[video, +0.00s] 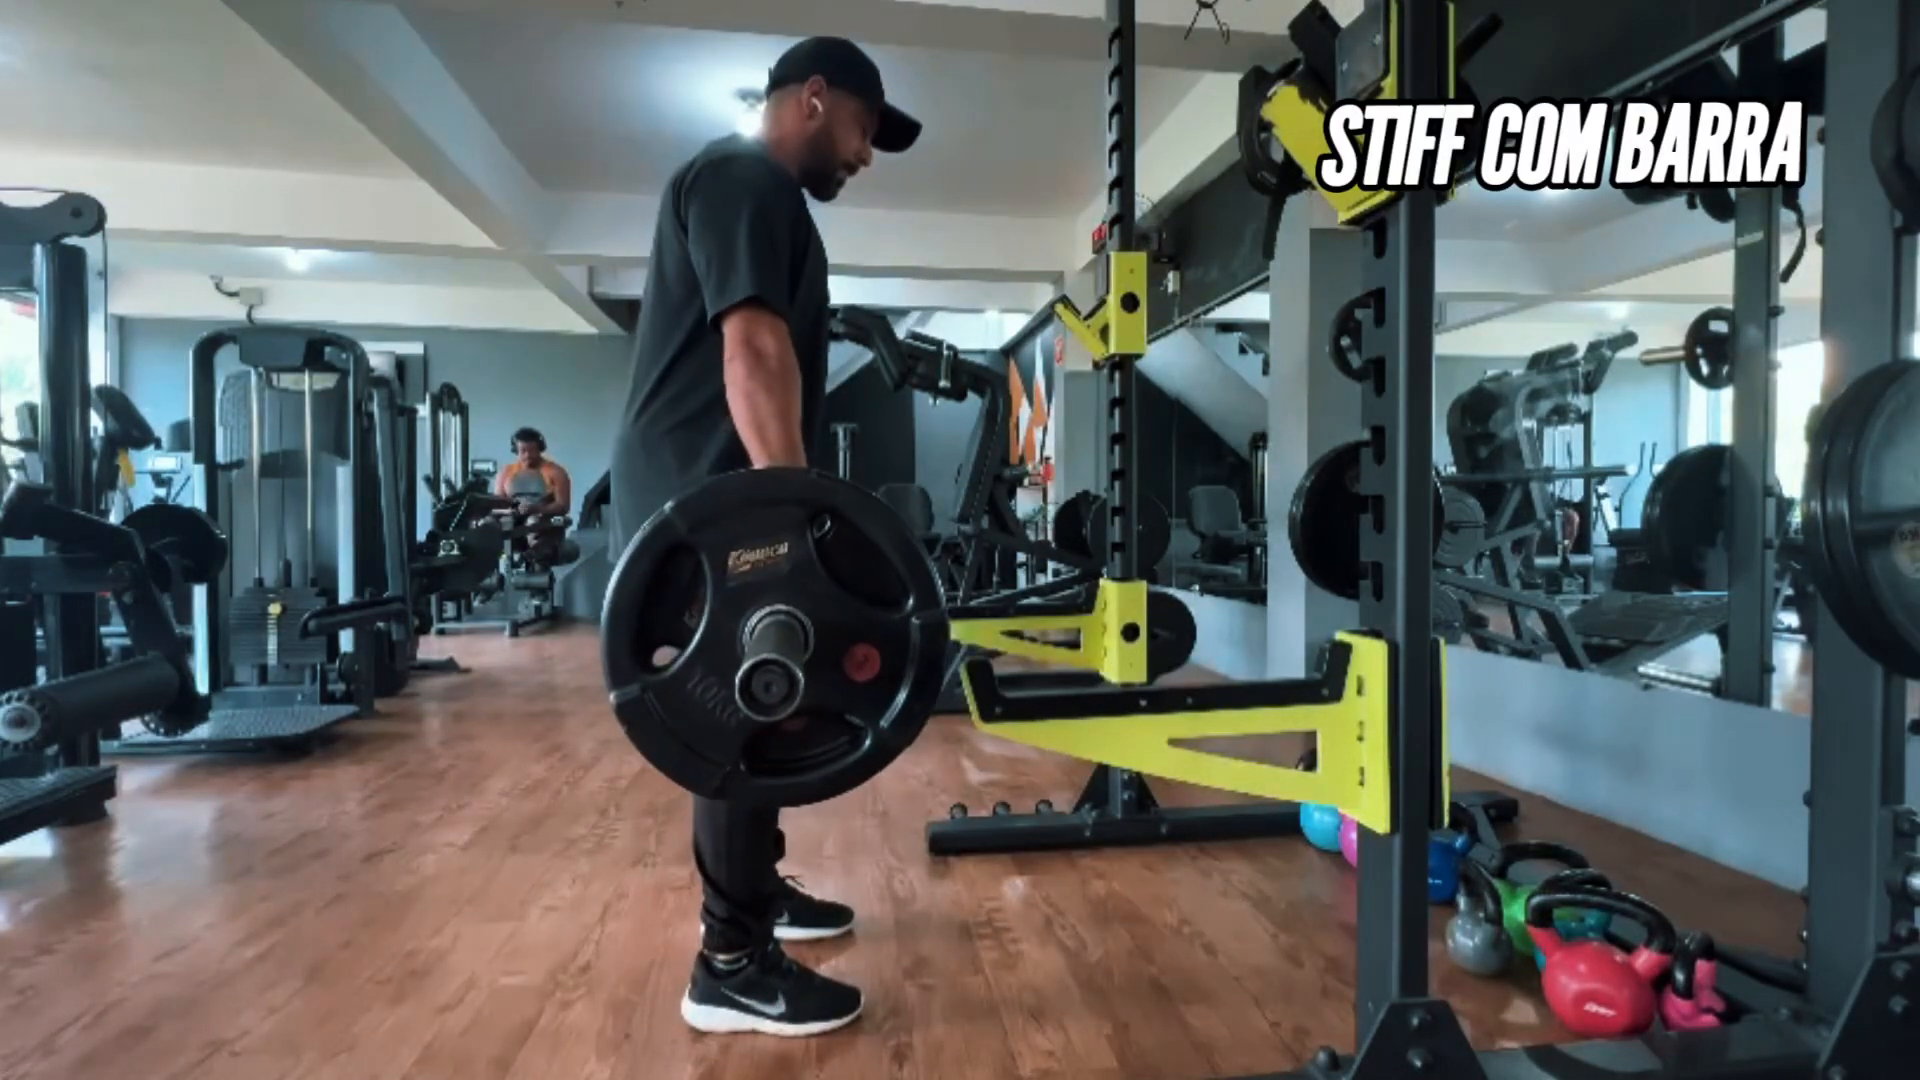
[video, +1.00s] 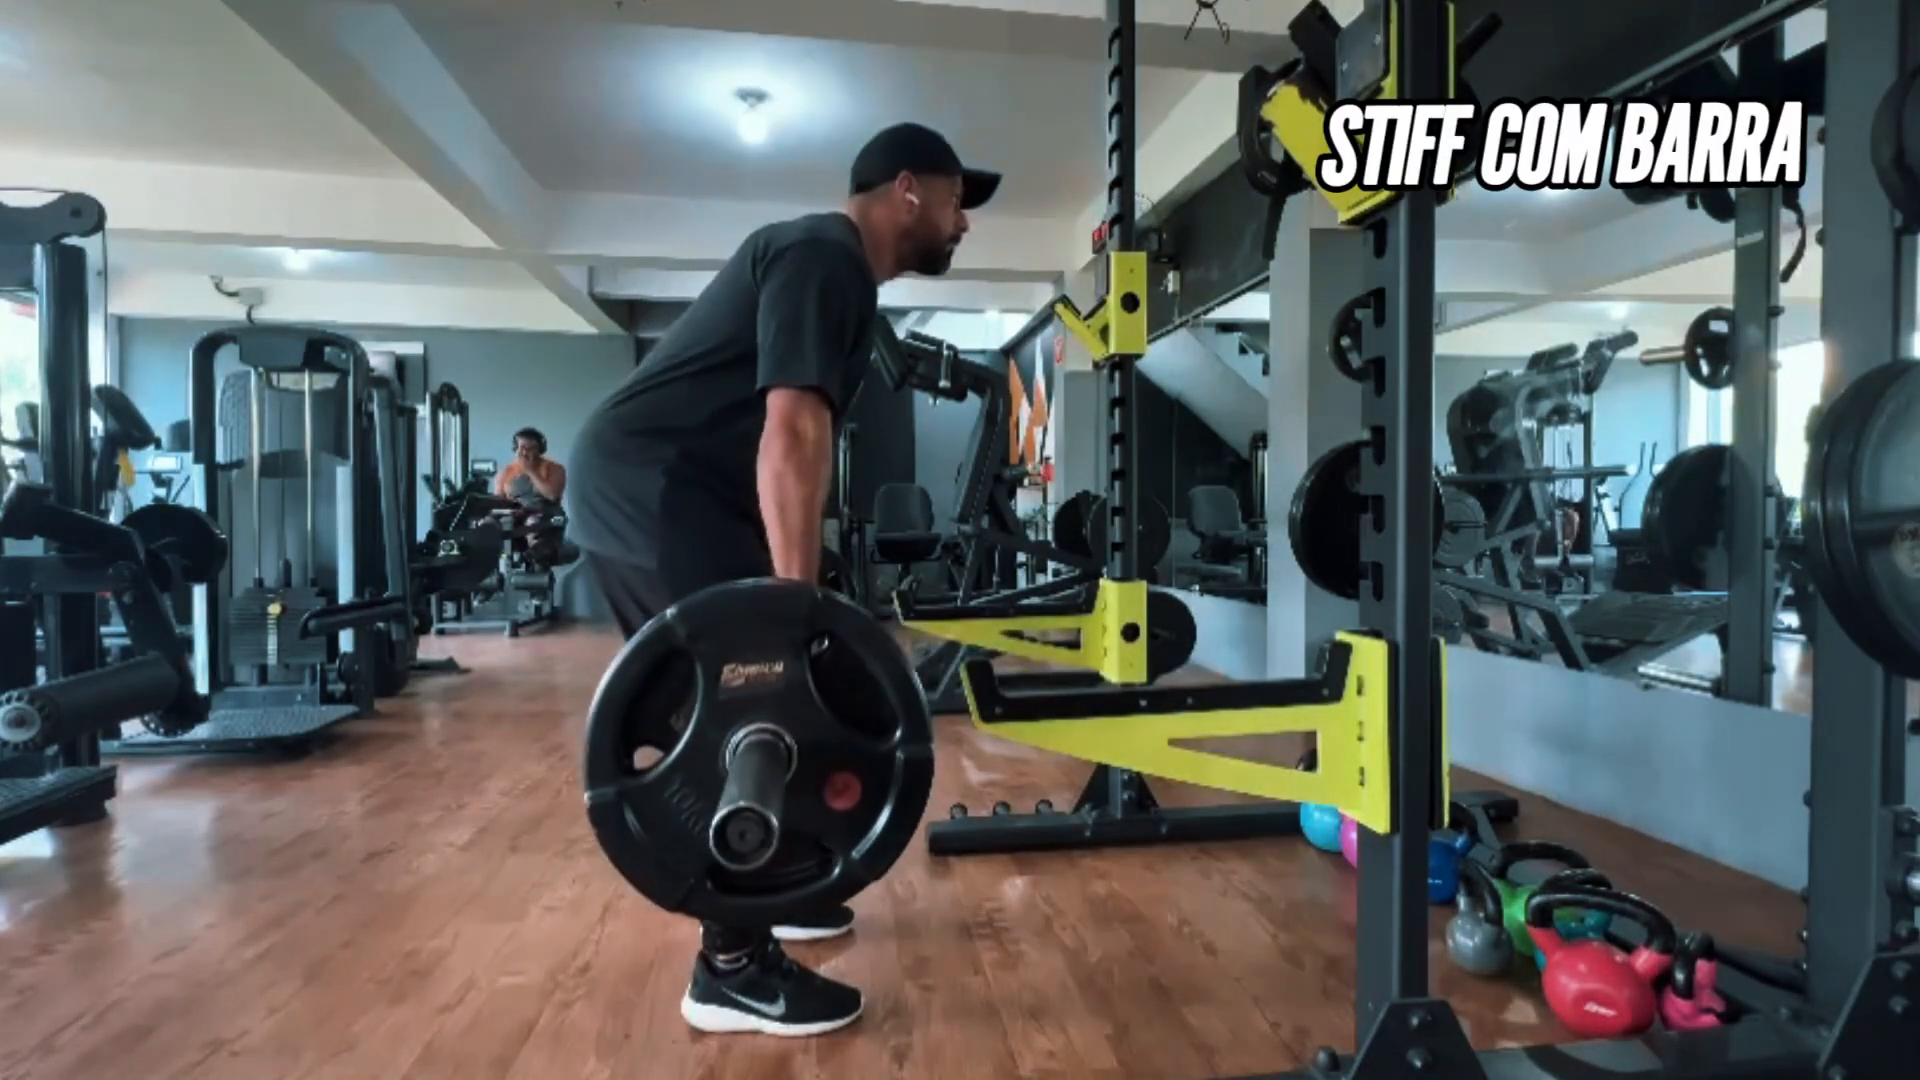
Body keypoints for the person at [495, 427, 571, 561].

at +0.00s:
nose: (528, 456)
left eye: (532, 451)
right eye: (523, 451)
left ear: (540, 450)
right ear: (517, 452)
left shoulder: (556, 473)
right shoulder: (507, 472)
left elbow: (562, 505)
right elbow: (499, 501)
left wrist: (535, 510)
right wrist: (513, 509)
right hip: (513, 528)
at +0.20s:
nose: (527, 456)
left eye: (531, 451)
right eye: (522, 452)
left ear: (539, 450)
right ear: (516, 452)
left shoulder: (555, 472)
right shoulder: (507, 472)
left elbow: (562, 502)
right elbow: (500, 500)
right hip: (515, 523)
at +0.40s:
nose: (526, 455)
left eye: (530, 449)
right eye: (521, 450)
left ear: (539, 449)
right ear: (515, 452)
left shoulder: (556, 471)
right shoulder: (506, 473)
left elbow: (558, 499)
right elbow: (500, 501)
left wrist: (534, 473)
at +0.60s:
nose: (524, 454)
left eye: (528, 449)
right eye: (520, 450)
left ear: (538, 449)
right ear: (514, 451)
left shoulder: (555, 471)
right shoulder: (506, 473)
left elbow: (558, 499)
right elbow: (500, 501)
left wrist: (532, 475)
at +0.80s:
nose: (524, 454)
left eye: (529, 449)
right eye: (521, 449)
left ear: (538, 449)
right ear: (515, 450)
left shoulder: (554, 470)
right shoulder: (508, 472)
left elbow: (555, 497)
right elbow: (500, 500)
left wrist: (531, 472)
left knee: (532, 524)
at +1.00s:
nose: (525, 453)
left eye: (530, 449)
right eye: (522, 448)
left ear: (539, 450)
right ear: (516, 449)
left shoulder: (555, 470)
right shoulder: (507, 472)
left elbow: (552, 495)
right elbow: (500, 499)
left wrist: (530, 471)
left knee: (532, 523)